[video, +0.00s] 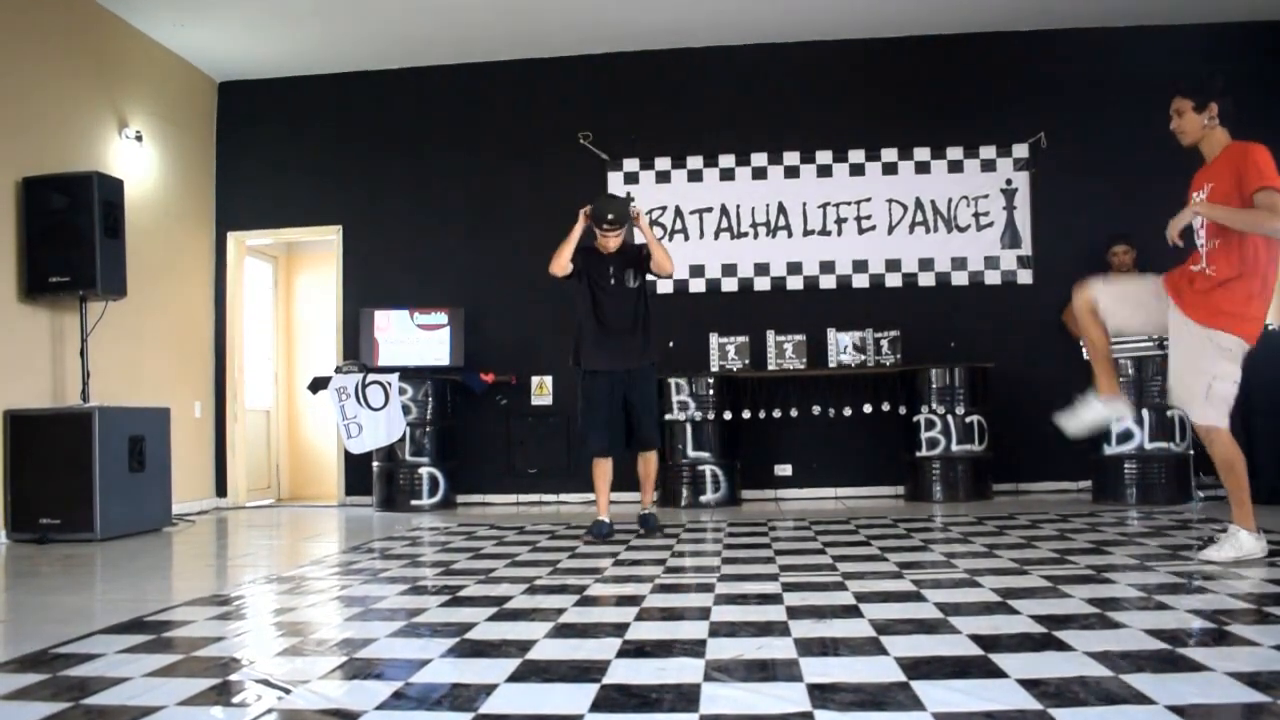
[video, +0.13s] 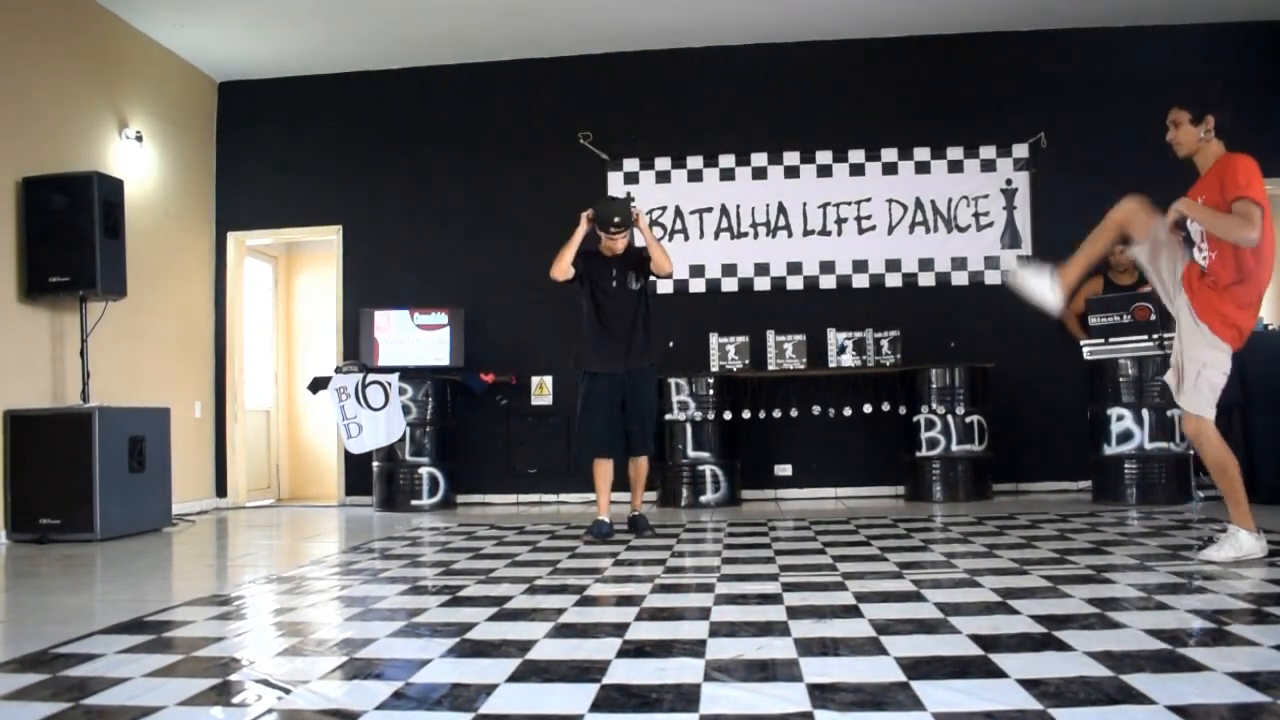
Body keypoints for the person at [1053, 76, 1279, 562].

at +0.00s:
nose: (1174, 124)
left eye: (1181, 114)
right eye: (1172, 115)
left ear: (1210, 114)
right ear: (1197, 118)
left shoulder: (1250, 155)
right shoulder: (1203, 176)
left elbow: (1272, 219)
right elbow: (1217, 249)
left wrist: (1200, 209)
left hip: (1222, 312)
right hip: (1181, 291)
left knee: (1208, 421)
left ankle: (1245, 532)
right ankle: (1110, 398)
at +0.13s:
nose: (1169, 135)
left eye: (1176, 126)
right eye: (1169, 127)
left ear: (1207, 126)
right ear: (1194, 130)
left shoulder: (1237, 167)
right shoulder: (1206, 181)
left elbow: (1249, 230)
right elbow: (1209, 242)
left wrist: (1193, 209)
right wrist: (1175, 232)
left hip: (1216, 317)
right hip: (1189, 282)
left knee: (1197, 424)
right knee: (1132, 208)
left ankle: (1245, 532)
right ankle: (1059, 283)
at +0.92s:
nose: (1145, 128)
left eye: (1150, 118)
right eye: (1146, 119)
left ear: (1176, 121)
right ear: (1180, 123)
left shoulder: (1175, 162)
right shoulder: (1202, 172)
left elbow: (1167, 239)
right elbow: (1233, 253)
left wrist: (1133, 229)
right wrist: (1197, 285)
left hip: (1175, 319)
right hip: (1194, 320)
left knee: (1158, 425)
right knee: (1155, 425)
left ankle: (1224, 516)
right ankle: (1182, 526)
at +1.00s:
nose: (1136, 131)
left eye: (1142, 122)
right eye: (1137, 123)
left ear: (1167, 126)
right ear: (1166, 127)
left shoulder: (1170, 166)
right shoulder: (1184, 169)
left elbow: (1153, 241)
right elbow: (1182, 249)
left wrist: (1124, 230)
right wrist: (1144, 248)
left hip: (1175, 310)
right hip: (1194, 315)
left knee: (1114, 399)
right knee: (1157, 425)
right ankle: (1184, 528)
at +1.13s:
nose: (1122, 139)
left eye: (1128, 131)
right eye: (1123, 131)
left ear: (1153, 134)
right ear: (1153, 135)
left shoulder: (1158, 172)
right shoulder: (1170, 174)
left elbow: (1133, 250)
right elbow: (1168, 258)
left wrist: (1116, 233)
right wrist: (1120, 260)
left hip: (1183, 292)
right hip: (1191, 305)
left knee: (1076, 289)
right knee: (1144, 412)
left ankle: (1041, 398)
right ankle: (1183, 525)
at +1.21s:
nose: (1111, 148)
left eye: (1116, 140)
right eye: (1112, 140)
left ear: (1140, 144)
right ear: (1143, 145)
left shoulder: (1142, 184)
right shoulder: (1163, 180)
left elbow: (1112, 257)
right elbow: (1130, 261)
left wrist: (1075, 307)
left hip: (1182, 283)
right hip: (1165, 308)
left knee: (1101, 211)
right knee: (1127, 408)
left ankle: (1026, 298)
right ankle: (1175, 516)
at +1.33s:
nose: (1105, 166)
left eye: (1105, 158)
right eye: (1104, 159)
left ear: (1114, 157)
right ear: (1145, 150)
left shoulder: (1171, 177)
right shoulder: (1114, 216)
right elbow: (1109, 282)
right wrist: (1116, 276)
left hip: (1181, 282)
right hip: (1143, 314)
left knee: (1164, 170)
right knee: (1104, 408)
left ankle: (1058, 223)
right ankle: (1159, 510)